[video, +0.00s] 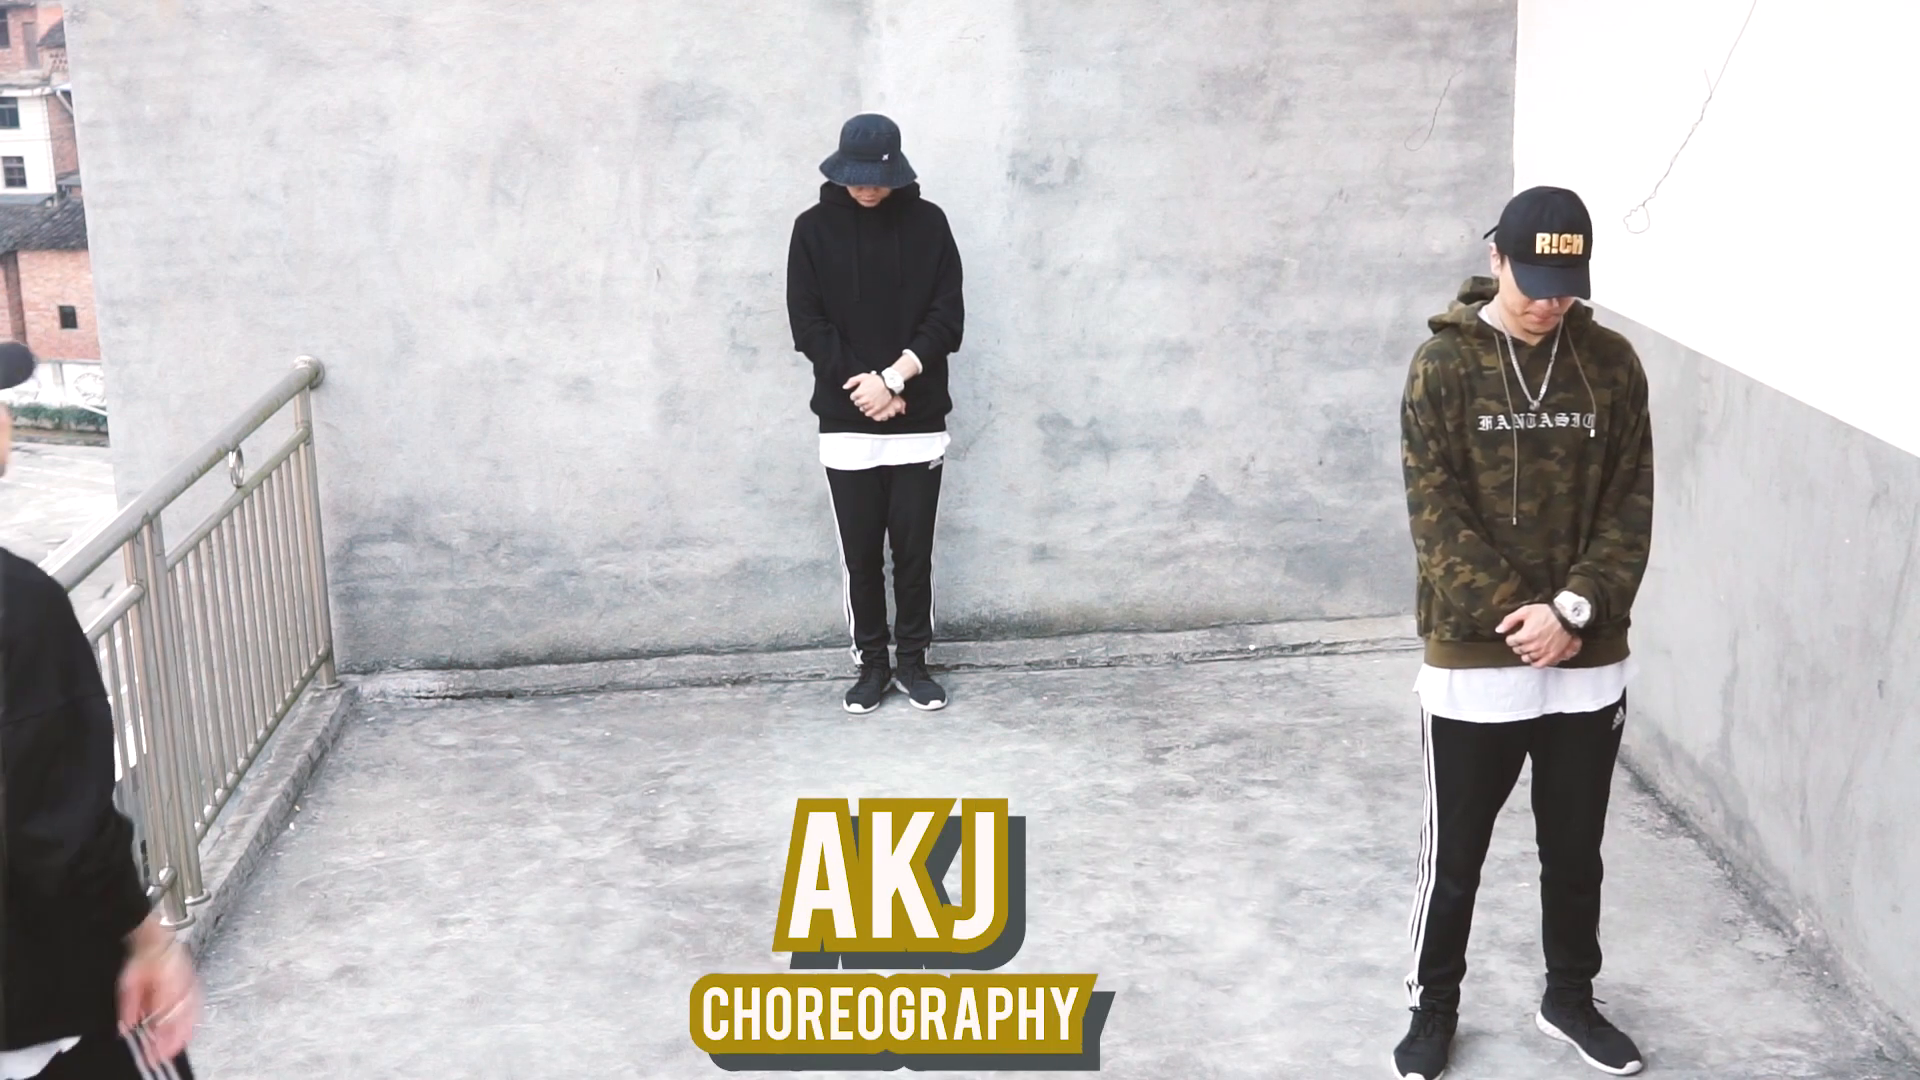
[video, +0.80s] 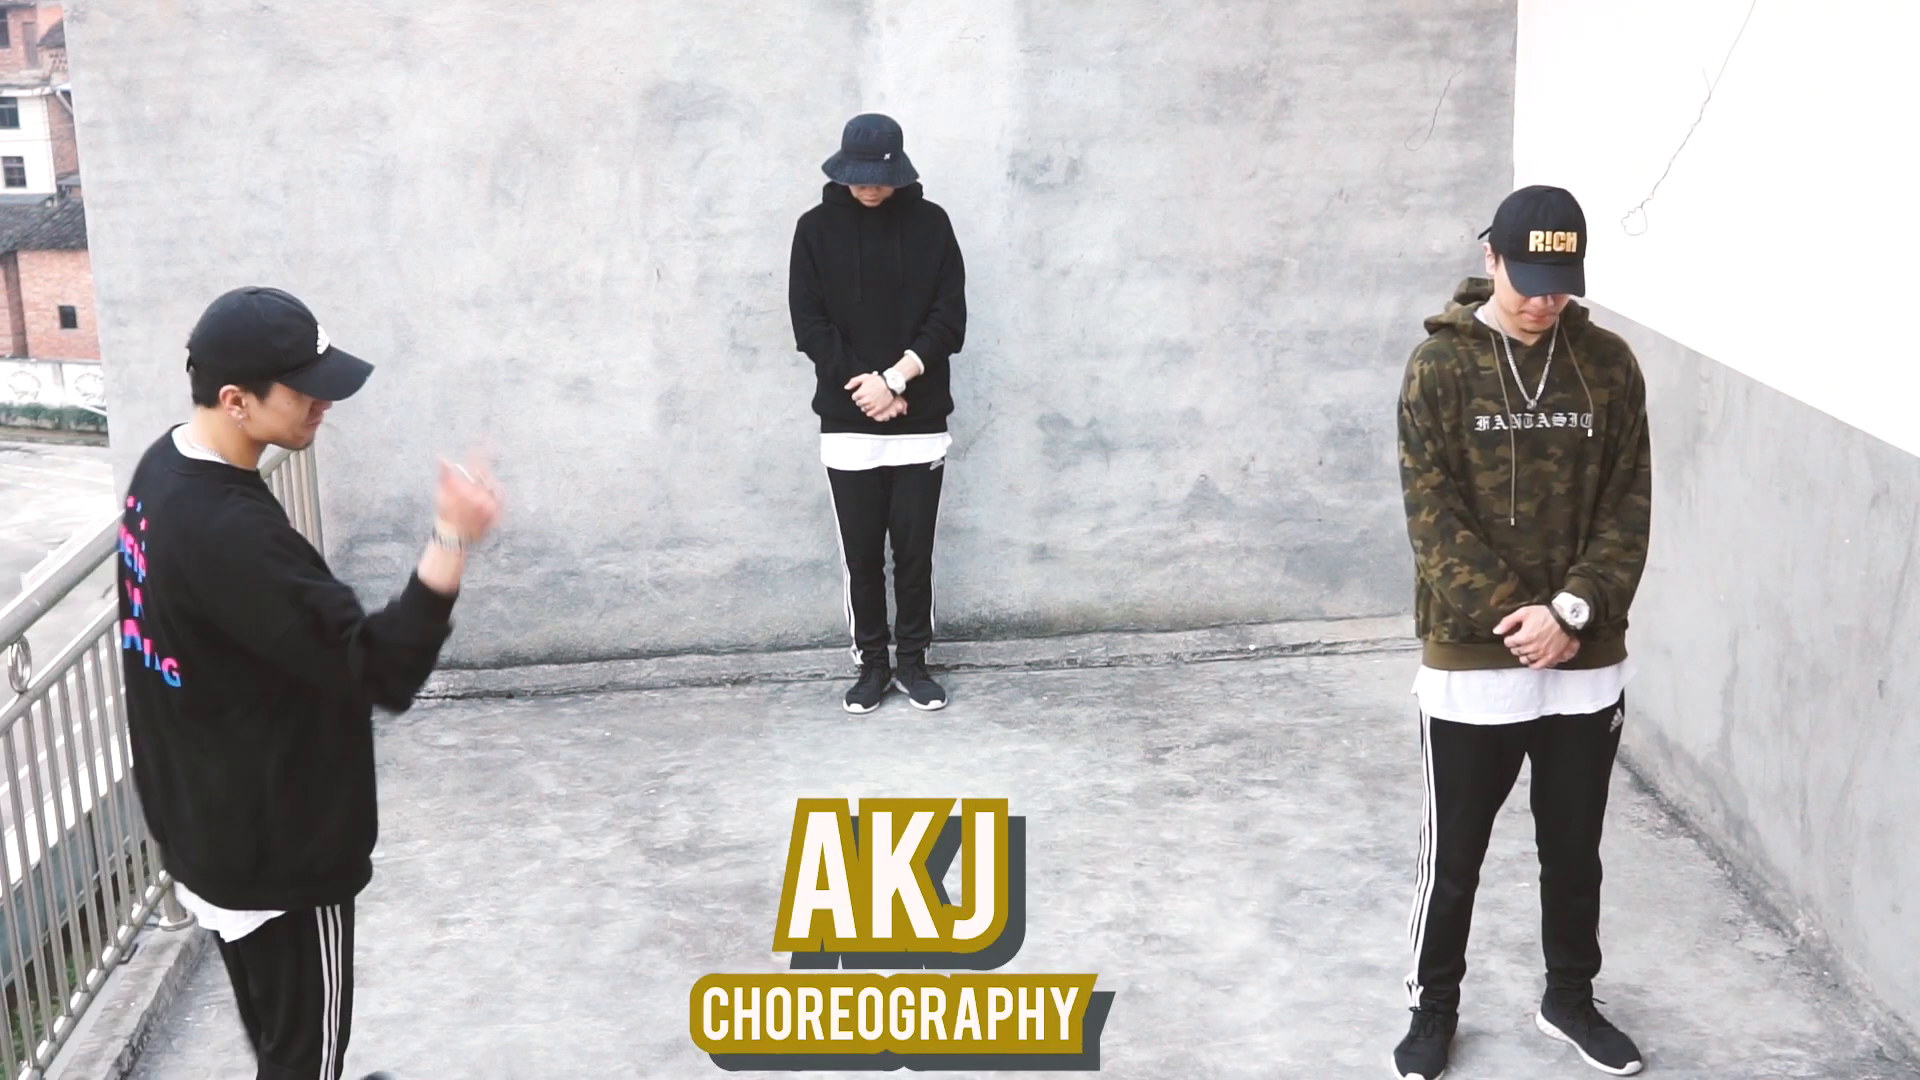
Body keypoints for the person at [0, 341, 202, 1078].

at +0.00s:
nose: (9, 422)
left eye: (7, 398)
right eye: (7, 401)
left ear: (6, 426)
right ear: (3, 425)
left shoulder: (30, 602)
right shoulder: (24, 604)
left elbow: (65, 810)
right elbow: (62, 818)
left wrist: (141, 931)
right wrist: (141, 931)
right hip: (46, 1040)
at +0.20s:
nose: (104, 408)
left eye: (98, 390)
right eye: (96, 394)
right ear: (63, 421)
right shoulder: (75, 582)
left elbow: (47, 785)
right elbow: (51, 793)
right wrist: (50, 961)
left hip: (15, 947)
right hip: (112, 946)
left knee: (28, 1064)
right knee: (171, 1064)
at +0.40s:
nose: (211, 422)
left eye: (209, 404)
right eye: (204, 405)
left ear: (96, 414)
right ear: (154, 421)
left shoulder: (13, 520)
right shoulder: (181, 580)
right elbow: (170, 781)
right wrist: (153, 948)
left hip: (37, 925)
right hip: (192, 929)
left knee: (64, 1070)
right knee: (255, 1064)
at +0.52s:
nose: (277, 425)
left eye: (276, 409)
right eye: (264, 409)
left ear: (192, 415)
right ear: (202, 420)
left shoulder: (61, 506)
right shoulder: (217, 570)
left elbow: (40, 706)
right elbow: (237, 765)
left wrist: (73, 840)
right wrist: (275, 910)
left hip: (96, 871)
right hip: (215, 887)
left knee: (142, 1033)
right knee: (280, 1053)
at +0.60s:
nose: (303, 419)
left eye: (300, 402)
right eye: (289, 402)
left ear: (214, 408)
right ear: (223, 412)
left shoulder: (95, 496)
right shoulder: (234, 562)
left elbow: (84, 688)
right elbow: (270, 757)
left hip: (132, 849)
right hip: (249, 869)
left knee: (179, 1006)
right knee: (297, 1038)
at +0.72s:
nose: (317, 403)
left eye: (315, 387)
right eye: (302, 389)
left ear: (225, 395)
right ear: (232, 398)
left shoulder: (136, 476)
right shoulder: (240, 537)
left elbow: (150, 665)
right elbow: (321, 714)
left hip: (182, 842)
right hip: (270, 866)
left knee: (238, 1039)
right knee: (299, 1058)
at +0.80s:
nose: (321, 404)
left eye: (318, 388)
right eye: (304, 390)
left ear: (232, 395)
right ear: (236, 398)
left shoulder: (166, 469)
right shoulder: (234, 531)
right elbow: (384, 674)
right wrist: (451, 542)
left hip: (217, 836)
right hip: (280, 858)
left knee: (286, 1045)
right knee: (306, 1060)